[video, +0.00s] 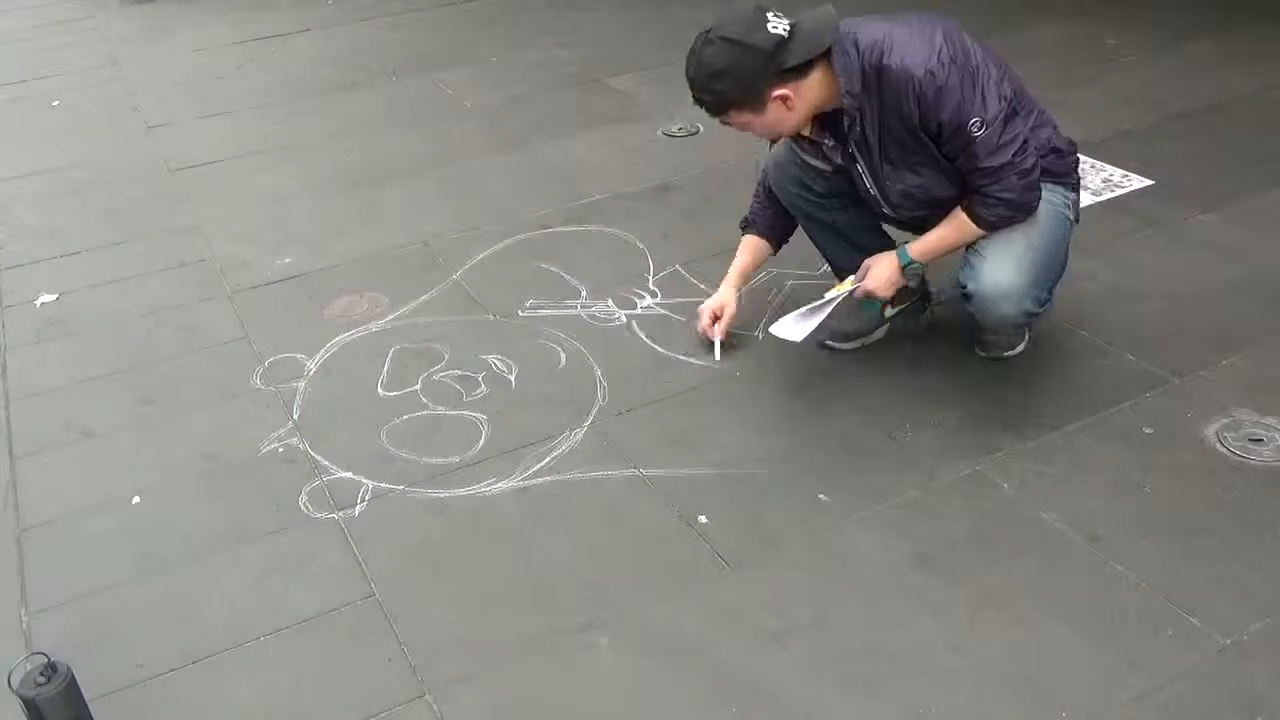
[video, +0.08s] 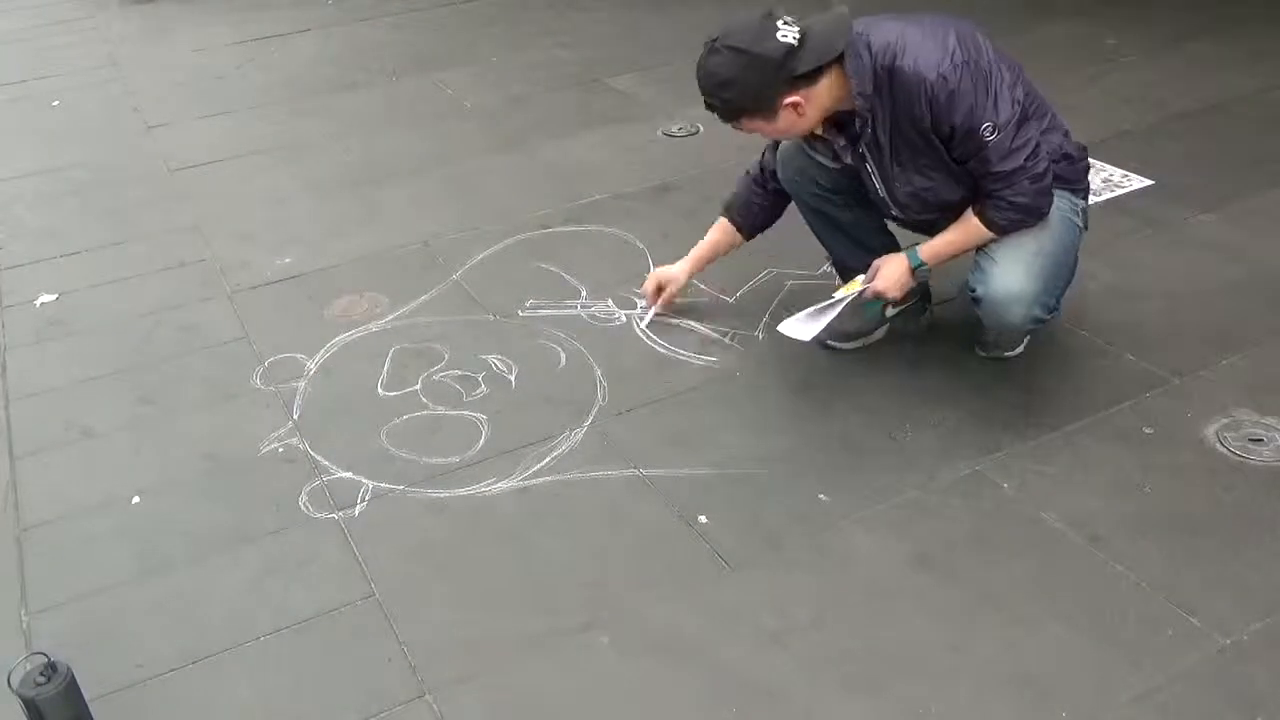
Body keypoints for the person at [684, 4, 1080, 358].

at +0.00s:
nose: (749, 135)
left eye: (745, 124)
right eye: (738, 126)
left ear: (782, 98)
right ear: (781, 94)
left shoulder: (928, 69)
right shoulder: (809, 100)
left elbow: (1010, 196)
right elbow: (777, 193)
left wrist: (904, 260)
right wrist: (731, 284)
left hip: (1027, 185)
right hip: (925, 191)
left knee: (1000, 293)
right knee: (790, 167)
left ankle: (1001, 320)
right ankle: (895, 293)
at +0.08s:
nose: (757, 136)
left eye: (754, 127)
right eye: (747, 129)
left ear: (793, 105)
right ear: (793, 100)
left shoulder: (937, 73)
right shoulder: (822, 95)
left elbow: (1019, 199)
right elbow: (767, 184)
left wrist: (912, 260)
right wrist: (688, 265)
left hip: (1034, 188)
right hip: (935, 191)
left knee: (1010, 299)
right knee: (799, 160)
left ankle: (1005, 320)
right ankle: (893, 294)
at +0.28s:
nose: (758, 172)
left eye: (759, 163)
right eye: (750, 165)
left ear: (803, 135)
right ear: (801, 132)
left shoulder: (941, 89)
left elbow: (1038, 185)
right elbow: (765, 207)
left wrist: (947, 269)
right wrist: (743, 311)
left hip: (1002, 203)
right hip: (914, 209)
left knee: (1063, 287)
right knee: (795, 203)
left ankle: (989, 288)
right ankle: (889, 303)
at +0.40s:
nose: (927, 133)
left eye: (927, 124)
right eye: (919, 126)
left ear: (978, 94)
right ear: (976, 90)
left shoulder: (1114, 86)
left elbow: (1181, 224)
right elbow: (927, 166)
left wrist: (1059, 288)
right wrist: (893, 269)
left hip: (1142, 217)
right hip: (1062, 194)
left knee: (1143, 350)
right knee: (944, 156)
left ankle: (1088, 298)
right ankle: (967, 311)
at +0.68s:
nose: (921, 90)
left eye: (924, 78)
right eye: (914, 80)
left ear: (973, 44)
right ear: (974, 39)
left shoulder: (1115, 45)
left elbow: (1188, 170)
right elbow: (920, 130)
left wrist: (1069, 229)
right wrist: (903, 239)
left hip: (1170, 152)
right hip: (1071, 134)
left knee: (1165, 289)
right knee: (937, 146)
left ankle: (1109, 293)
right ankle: (1017, 282)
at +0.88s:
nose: (893, 73)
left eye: (887, 62)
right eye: (883, 65)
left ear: (922, 33)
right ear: (923, 29)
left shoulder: (1039, 26)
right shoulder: (960, 46)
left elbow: (1104, 163)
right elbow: (920, 133)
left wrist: (1008, 234)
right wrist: (846, 216)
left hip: (1187, 146)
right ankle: (1117, 229)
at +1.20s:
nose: (1009, 84)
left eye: (1012, 77)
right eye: (1003, 77)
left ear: (1051, 57)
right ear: (1051, 52)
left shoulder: (1182, 34)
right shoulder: (1060, 34)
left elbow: (1258, 150)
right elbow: (1004, 114)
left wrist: (1145, 199)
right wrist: (942, 198)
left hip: (1221, 162)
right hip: (1141, 151)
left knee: (1201, 243)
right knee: (1027, 109)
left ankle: (1167, 259)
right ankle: (1079, 238)